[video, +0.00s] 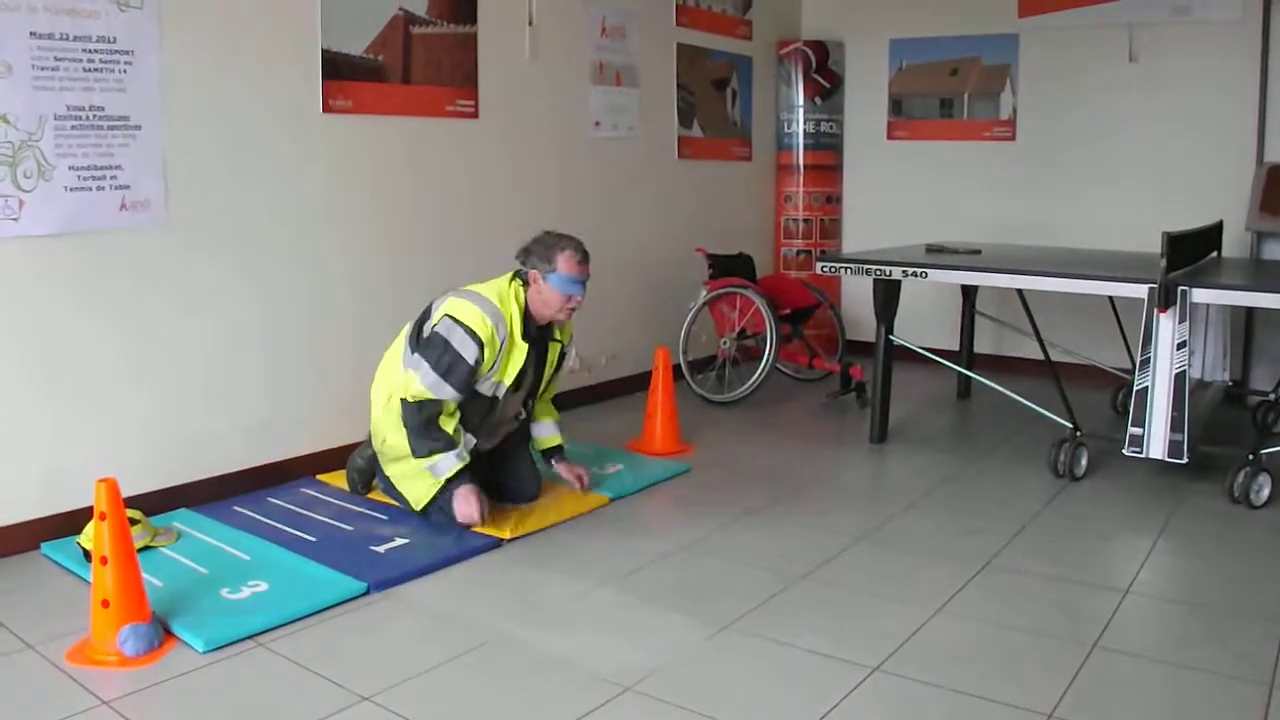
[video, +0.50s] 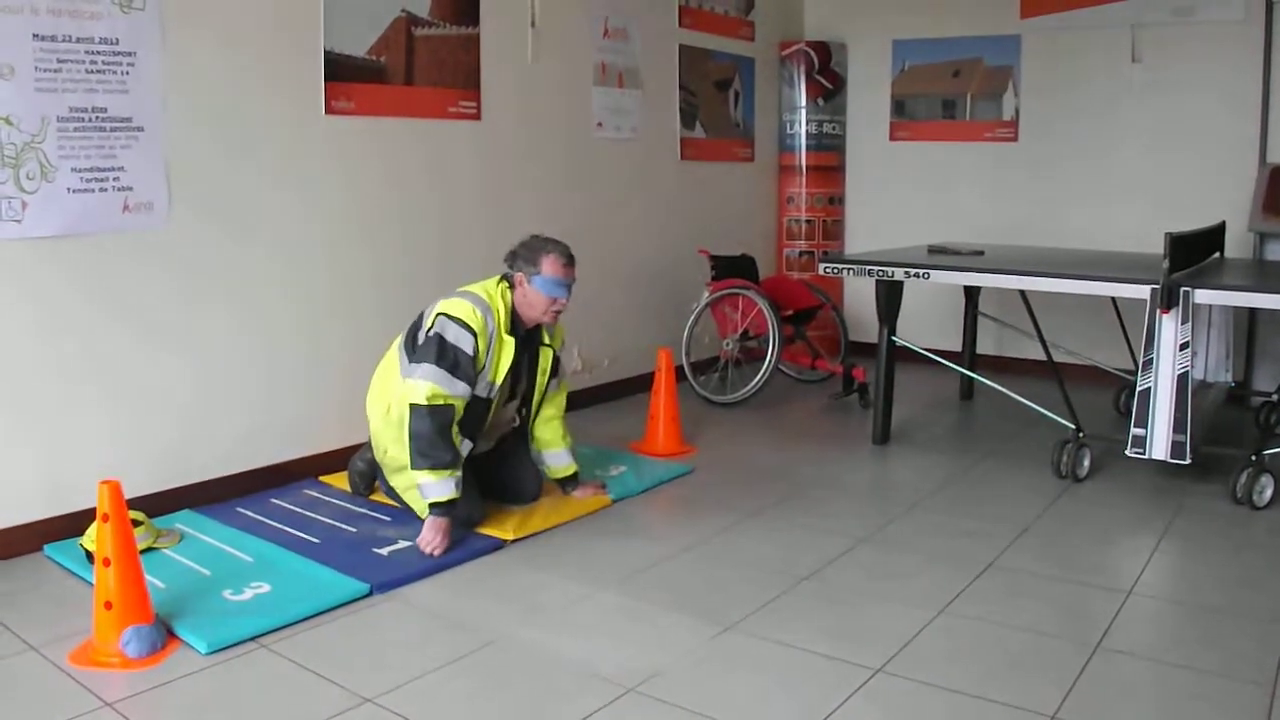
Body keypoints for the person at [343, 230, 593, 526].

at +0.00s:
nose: (578, 299)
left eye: (583, 288)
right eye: (569, 287)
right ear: (535, 280)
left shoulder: (557, 328)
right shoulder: (474, 320)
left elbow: (538, 398)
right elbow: (422, 410)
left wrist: (557, 458)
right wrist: (458, 484)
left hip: (482, 416)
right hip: (412, 424)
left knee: (523, 490)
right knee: (458, 514)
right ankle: (382, 460)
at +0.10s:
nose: (577, 298)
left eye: (582, 287)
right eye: (567, 285)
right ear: (533, 280)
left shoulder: (555, 329)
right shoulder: (473, 320)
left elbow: (541, 399)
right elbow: (413, 403)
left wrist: (562, 460)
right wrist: (437, 491)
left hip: (482, 418)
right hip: (423, 427)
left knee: (523, 488)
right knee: (462, 515)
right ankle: (382, 463)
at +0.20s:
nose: (573, 300)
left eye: (578, 289)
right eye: (563, 288)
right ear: (530, 282)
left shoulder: (554, 327)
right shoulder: (471, 321)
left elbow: (545, 402)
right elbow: (418, 409)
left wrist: (567, 470)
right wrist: (434, 504)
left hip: (487, 418)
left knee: (523, 489)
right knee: (463, 513)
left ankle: (444, 459)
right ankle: (382, 466)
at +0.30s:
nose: (569, 303)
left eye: (574, 292)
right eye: (559, 291)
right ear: (526, 285)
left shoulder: (552, 334)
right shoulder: (469, 322)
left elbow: (546, 410)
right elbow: (427, 414)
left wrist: (568, 482)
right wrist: (441, 507)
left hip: (481, 421)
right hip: (408, 427)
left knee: (524, 489)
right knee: (465, 513)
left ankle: (449, 460)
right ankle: (382, 465)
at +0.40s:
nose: (566, 305)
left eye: (571, 294)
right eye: (557, 293)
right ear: (524, 285)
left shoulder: (549, 334)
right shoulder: (467, 321)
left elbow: (546, 410)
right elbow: (428, 412)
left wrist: (568, 483)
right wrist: (440, 509)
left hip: (482, 420)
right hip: (407, 426)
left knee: (524, 490)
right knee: (464, 513)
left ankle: (447, 461)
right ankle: (382, 466)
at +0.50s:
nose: (563, 302)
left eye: (568, 292)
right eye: (553, 290)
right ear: (520, 283)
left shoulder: (547, 331)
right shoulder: (464, 319)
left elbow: (546, 408)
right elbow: (429, 411)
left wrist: (569, 482)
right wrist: (439, 510)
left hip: (482, 421)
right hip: (407, 427)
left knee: (524, 489)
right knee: (466, 512)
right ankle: (384, 468)